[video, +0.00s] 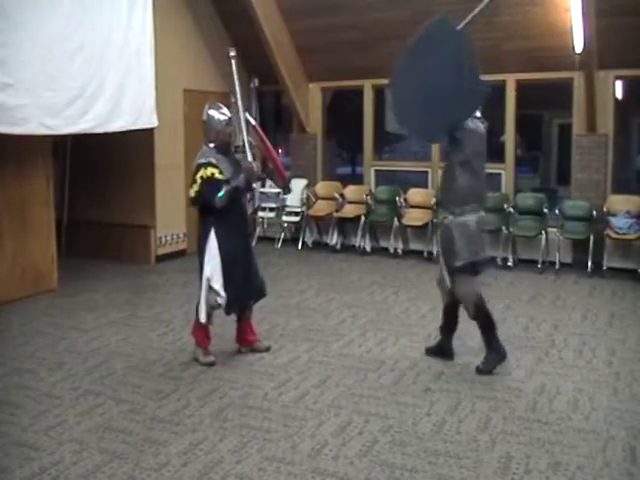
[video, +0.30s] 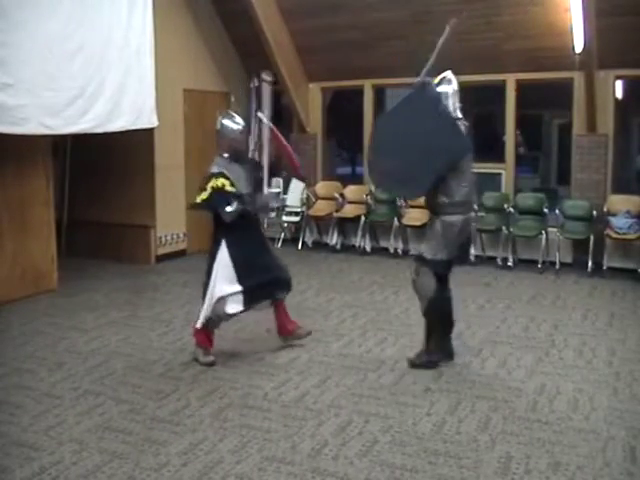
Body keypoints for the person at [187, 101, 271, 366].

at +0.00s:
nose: (232, 133)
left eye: (232, 128)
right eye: (227, 128)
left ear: (230, 130)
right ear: (212, 133)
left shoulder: (232, 158)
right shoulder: (207, 165)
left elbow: (238, 191)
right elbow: (216, 201)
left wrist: (255, 174)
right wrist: (243, 179)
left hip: (237, 230)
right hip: (216, 232)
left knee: (246, 281)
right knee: (212, 284)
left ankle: (246, 335)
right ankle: (201, 341)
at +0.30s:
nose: (244, 141)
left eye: (244, 135)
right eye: (239, 136)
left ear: (245, 137)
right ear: (224, 140)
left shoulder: (250, 167)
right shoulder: (218, 174)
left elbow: (255, 196)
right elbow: (228, 212)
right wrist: (257, 202)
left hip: (251, 233)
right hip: (228, 238)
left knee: (274, 276)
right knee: (222, 287)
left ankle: (285, 324)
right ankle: (203, 338)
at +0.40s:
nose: (255, 147)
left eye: (255, 143)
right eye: (250, 143)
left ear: (256, 144)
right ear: (236, 147)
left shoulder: (263, 170)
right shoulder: (234, 179)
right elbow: (231, 214)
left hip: (263, 242)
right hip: (240, 245)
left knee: (286, 281)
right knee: (225, 293)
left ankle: (301, 326)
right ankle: (205, 341)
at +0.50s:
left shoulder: (286, 179)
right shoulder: (257, 180)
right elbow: (266, 220)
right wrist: (297, 221)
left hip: (281, 246)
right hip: (256, 247)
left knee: (303, 283)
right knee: (236, 293)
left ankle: (310, 333)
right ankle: (209, 344)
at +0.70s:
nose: (304, 150)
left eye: (304, 145)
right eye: (301, 145)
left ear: (273, 148)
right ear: (292, 149)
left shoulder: (270, 170)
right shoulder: (292, 180)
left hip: (269, 241)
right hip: (286, 243)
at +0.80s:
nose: (312, 153)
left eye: (314, 148)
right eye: (309, 148)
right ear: (298, 149)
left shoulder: (296, 170)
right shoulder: (282, 172)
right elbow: (290, 213)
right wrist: (319, 208)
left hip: (296, 235)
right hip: (280, 236)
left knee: (310, 284)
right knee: (281, 289)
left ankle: (311, 334)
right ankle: (243, 329)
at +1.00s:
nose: (310, 158)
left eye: (312, 154)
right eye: (306, 152)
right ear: (291, 150)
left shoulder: (293, 172)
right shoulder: (276, 176)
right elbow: (279, 216)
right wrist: (309, 223)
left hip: (297, 234)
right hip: (279, 237)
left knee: (313, 284)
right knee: (288, 289)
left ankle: (311, 333)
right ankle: (261, 343)